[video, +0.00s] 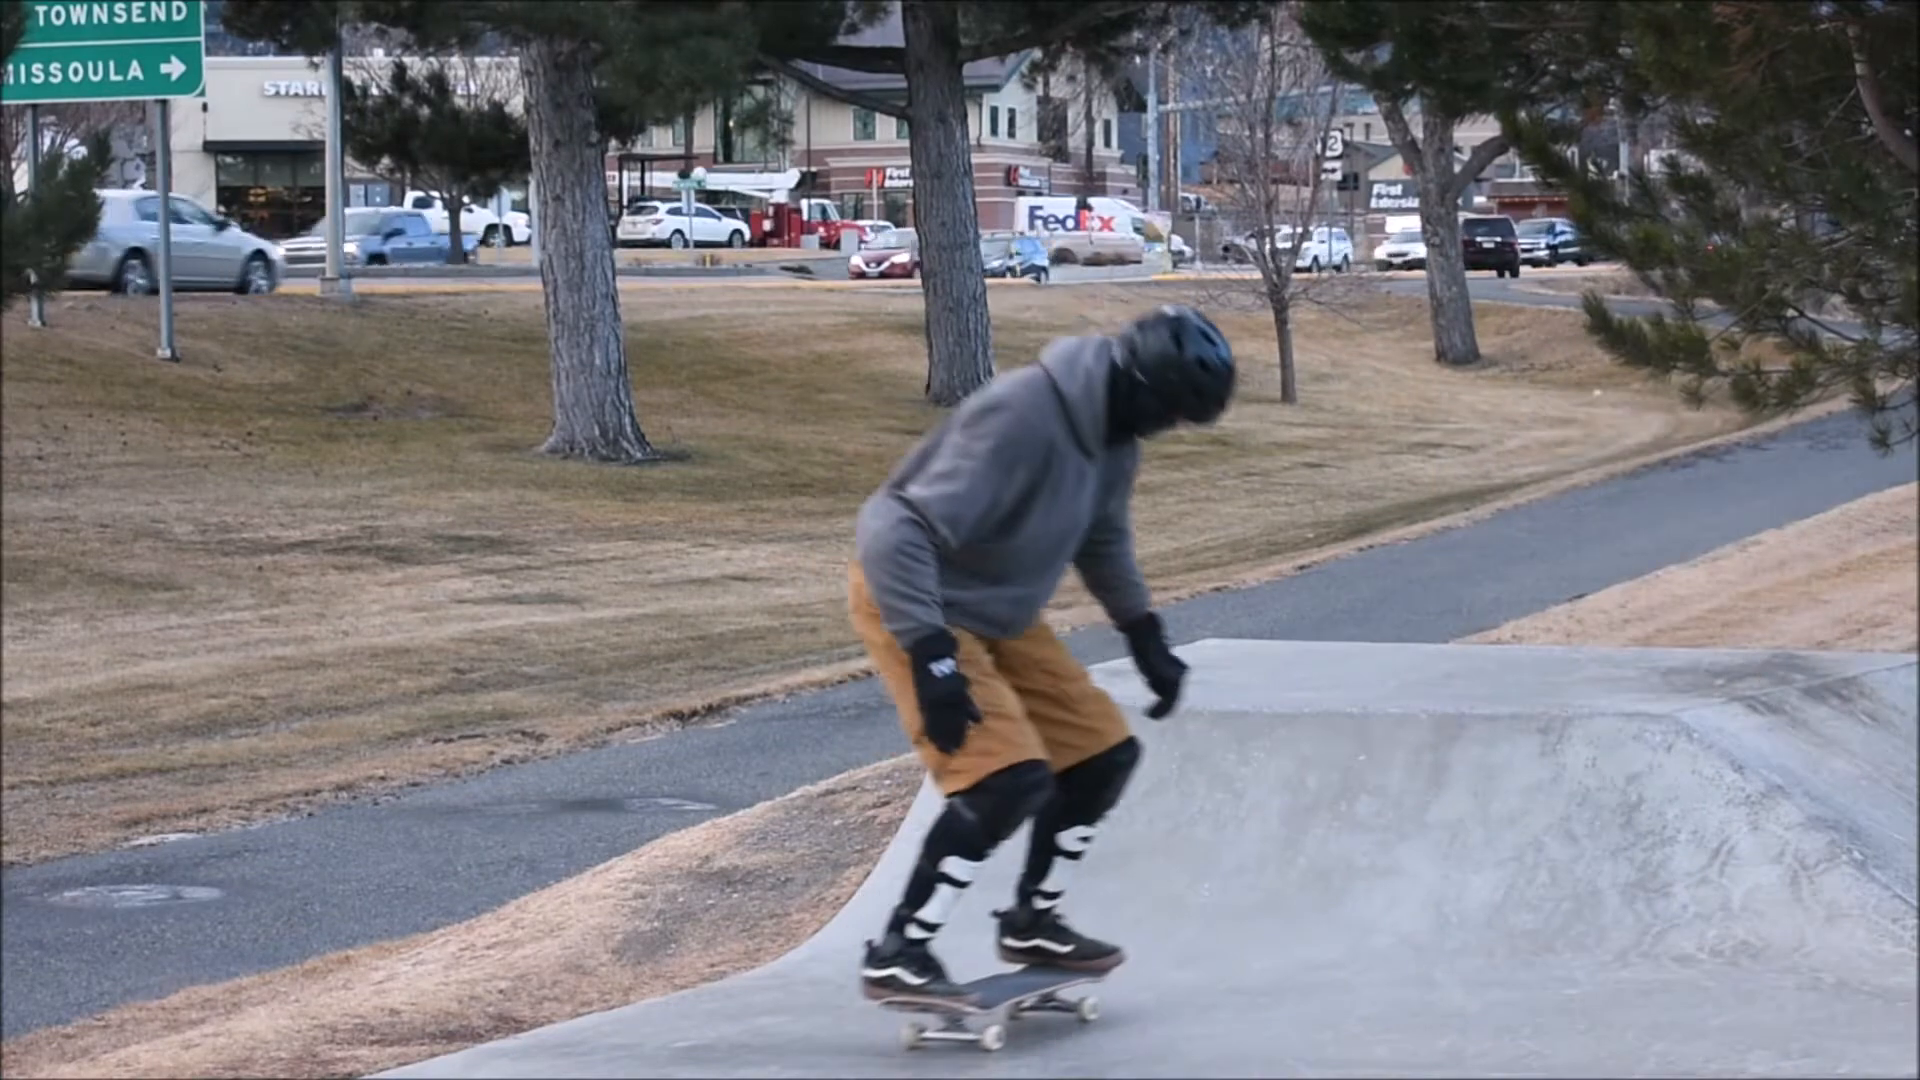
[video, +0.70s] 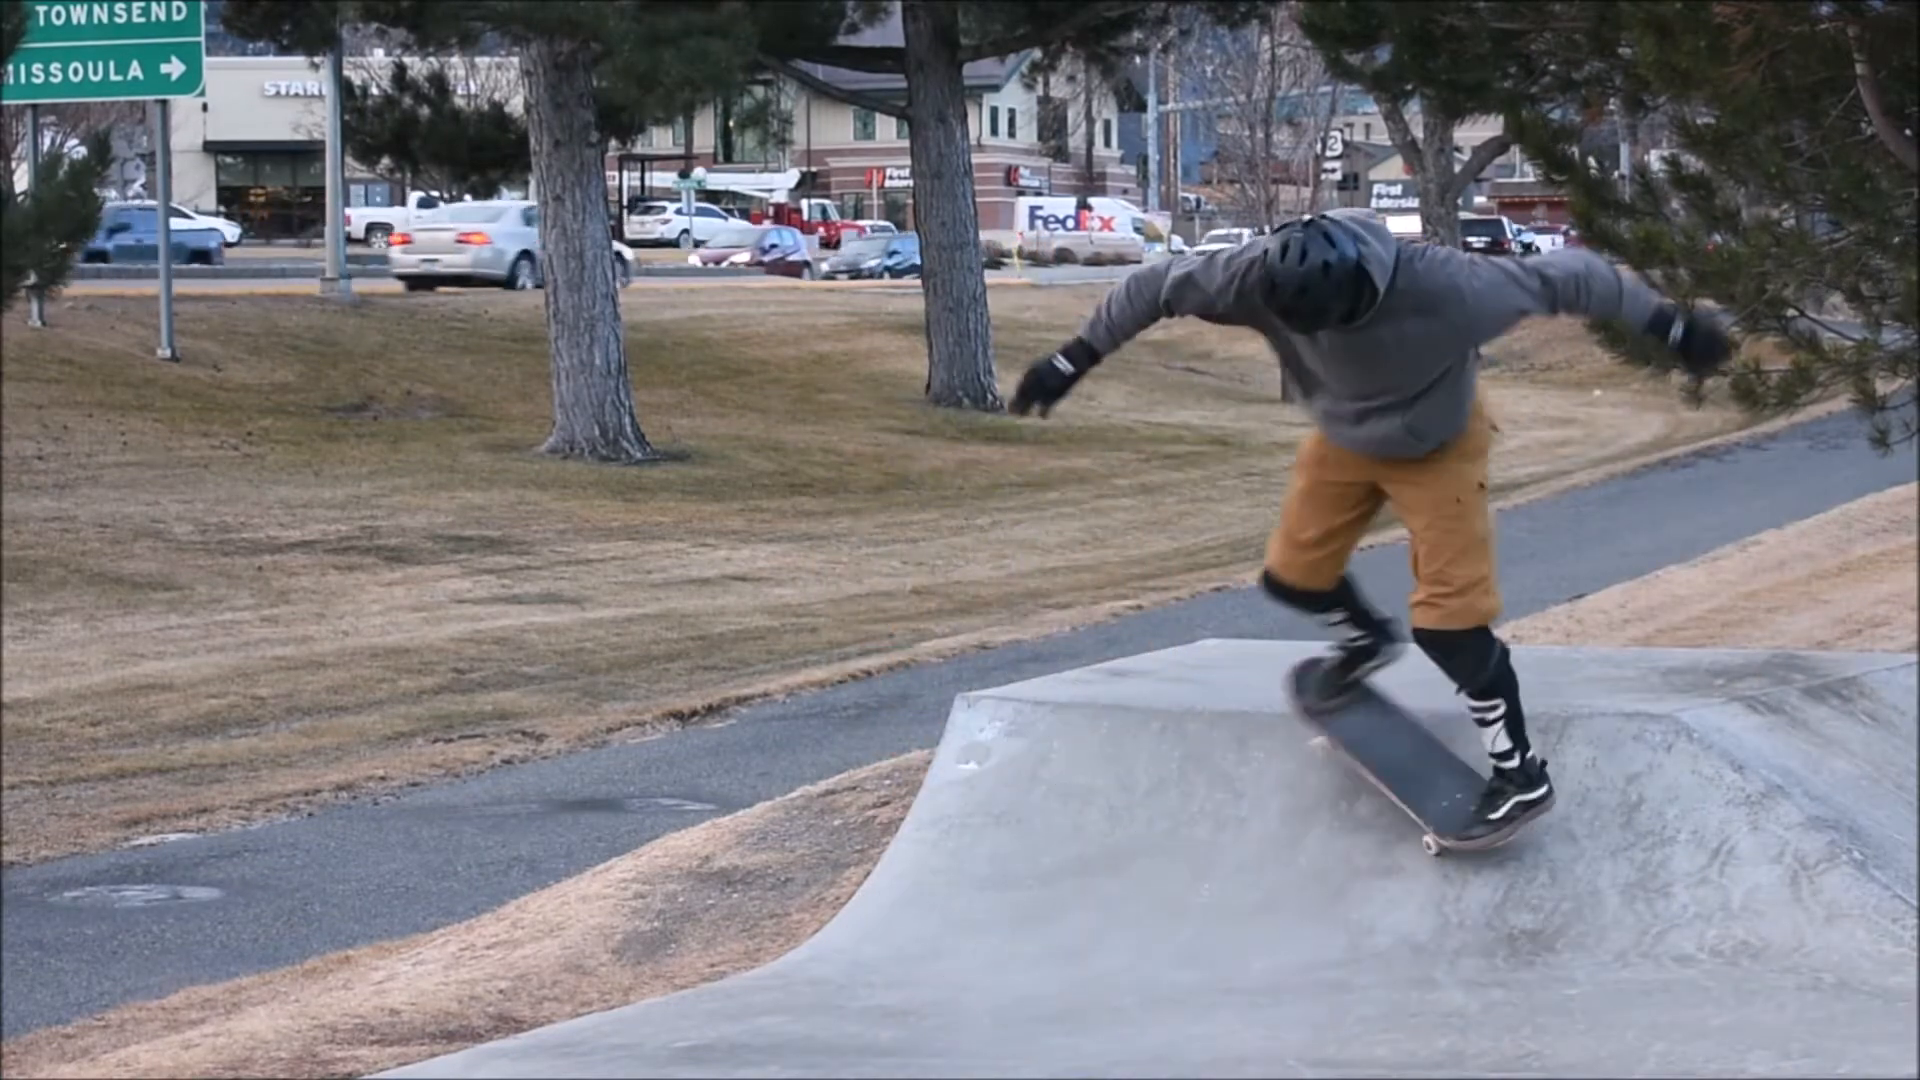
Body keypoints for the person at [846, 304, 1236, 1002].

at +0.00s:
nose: (1165, 427)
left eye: (1177, 418)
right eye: (1168, 411)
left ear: (1151, 384)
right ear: (1144, 379)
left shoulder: (1112, 433)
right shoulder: (1023, 413)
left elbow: (1103, 541)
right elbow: (893, 526)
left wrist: (1147, 640)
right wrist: (930, 656)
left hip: (999, 610)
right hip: (912, 600)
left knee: (1102, 757)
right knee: (1008, 776)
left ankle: (1030, 919)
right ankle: (900, 946)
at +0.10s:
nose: (1209, 470)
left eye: (1218, 462)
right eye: (1210, 457)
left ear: (1193, 430)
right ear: (1186, 429)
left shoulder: (1172, 464)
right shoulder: (1068, 450)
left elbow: (1170, 557)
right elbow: (944, 557)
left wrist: (1222, 644)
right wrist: (976, 683)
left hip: (1058, 620)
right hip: (974, 613)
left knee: (1163, 754)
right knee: (1072, 771)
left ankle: (1086, 907)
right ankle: (958, 931)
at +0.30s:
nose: (1267, 504)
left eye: (1286, 495)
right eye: (1264, 491)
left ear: (1304, 469)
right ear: (1237, 456)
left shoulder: (1288, 474)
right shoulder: (1152, 468)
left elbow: (1305, 577)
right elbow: (1033, 580)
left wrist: (1349, 597)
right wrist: (1051, 696)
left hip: (1186, 613)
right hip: (1096, 609)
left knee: (1275, 750)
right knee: (1181, 753)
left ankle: (1194, 883)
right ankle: (1068, 909)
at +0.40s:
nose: (1292, 459)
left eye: (1311, 450)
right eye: (1284, 444)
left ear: (1338, 425)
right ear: (1262, 409)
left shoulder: (1343, 435)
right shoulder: (1194, 421)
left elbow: (1388, 560)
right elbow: (1088, 493)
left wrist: (1330, 542)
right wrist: (1047, 598)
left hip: (1255, 585)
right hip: (1158, 574)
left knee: (1317, 737)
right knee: (1222, 736)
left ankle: (1251, 859)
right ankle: (1129, 900)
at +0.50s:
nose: (1315, 383)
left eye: (1329, 372)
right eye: (1302, 370)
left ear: (1354, 344)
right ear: (1276, 339)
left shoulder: (1377, 357)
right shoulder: (1223, 335)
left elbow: (1440, 469)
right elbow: (1137, 337)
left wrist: (1402, 536)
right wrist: (1069, 398)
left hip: (1321, 535)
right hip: (1219, 530)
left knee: (1371, 685)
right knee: (1247, 695)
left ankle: (1340, 790)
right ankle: (1184, 845)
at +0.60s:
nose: (1319, 343)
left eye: (1335, 334)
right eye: (1306, 332)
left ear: (1366, 306)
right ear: (1282, 300)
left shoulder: (1412, 313)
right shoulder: (1244, 288)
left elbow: (1528, 376)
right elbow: (1160, 281)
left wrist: (1592, 462)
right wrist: (1077, 326)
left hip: (1380, 471)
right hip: (1268, 468)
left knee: (1428, 621)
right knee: (1248, 631)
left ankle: (1481, 751)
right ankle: (1243, 731)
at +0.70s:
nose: (1310, 330)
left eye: (1322, 319)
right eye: (1295, 319)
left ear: (1359, 290)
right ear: (1280, 286)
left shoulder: (1445, 290)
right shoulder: (1258, 274)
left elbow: (1567, 277)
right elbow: (1157, 285)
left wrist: (1667, 324)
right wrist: (1074, 356)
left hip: (1439, 441)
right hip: (1339, 434)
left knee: (1450, 626)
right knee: (1291, 575)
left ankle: (1518, 767)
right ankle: (1368, 634)